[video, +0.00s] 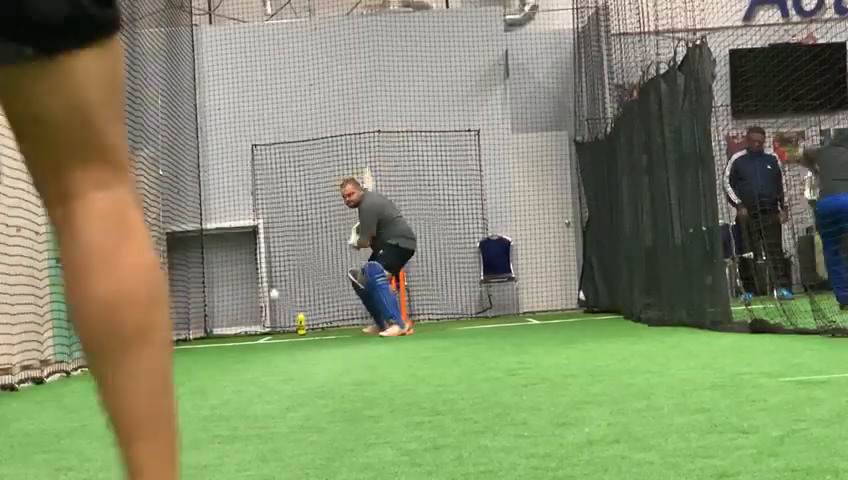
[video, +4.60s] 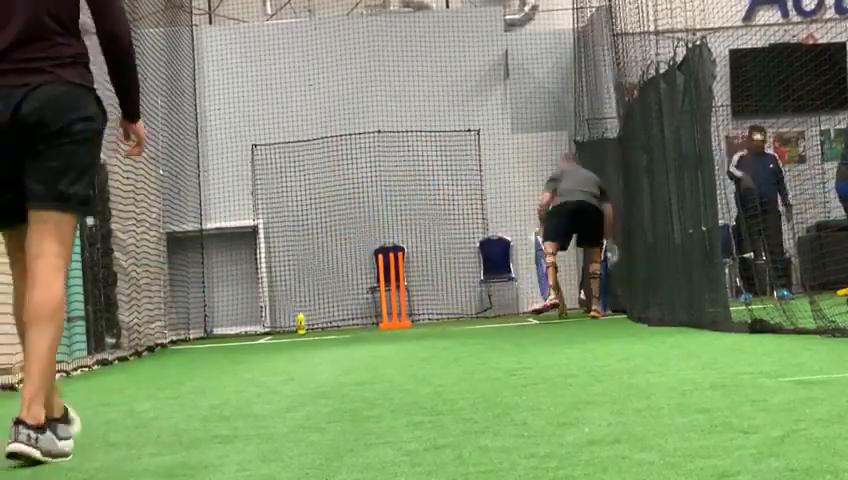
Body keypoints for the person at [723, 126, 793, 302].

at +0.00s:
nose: (757, 145)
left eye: (760, 141)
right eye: (754, 141)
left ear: (764, 142)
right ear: (747, 142)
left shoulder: (772, 159)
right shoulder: (737, 159)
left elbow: (780, 184)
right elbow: (726, 183)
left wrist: (783, 206)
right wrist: (738, 205)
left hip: (771, 210)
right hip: (748, 212)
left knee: (775, 249)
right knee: (747, 251)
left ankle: (781, 286)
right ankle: (749, 290)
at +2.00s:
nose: (754, 142)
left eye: (757, 139)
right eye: (750, 139)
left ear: (760, 140)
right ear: (742, 140)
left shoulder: (769, 158)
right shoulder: (733, 159)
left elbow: (780, 181)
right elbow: (721, 182)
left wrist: (774, 200)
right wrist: (739, 195)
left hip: (767, 209)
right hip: (744, 210)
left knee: (773, 247)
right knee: (746, 250)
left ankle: (778, 285)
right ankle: (749, 289)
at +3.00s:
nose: (755, 142)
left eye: (758, 139)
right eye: (751, 138)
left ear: (762, 141)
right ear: (744, 140)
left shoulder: (769, 159)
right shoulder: (735, 159)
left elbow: (777, 185)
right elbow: (721, 181)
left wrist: (781, 207)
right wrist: (735, 178)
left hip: (768, 211)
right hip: (744, 212)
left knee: (774, 248)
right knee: (746, 252)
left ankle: (779, 286)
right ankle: (748, 289)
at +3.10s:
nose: (755, 142)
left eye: (759, 139)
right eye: (752, 138)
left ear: (762, 142)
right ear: (744, 140)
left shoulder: (769, 160)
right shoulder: (736, 160)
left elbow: (777, 186)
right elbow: (724, 178)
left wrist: (781, 207)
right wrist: (710, 179)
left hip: (768, 211)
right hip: (744, 212)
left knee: (774, 248)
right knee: (746, 251)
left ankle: (779, 286)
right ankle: (748, 289)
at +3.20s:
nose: (754, 142)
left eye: (758, 139)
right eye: (751, 138)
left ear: (762, 142)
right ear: (744, 140)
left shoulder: (769, 160)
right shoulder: (735, 161)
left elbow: (777, 186)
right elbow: (717, 174)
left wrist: (781, 207)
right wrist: (705, 167)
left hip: (768, 211)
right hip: (744, 212)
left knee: (774, 248)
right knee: (745, 251)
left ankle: (780, 286)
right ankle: (749, 289)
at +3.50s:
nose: (756, 143)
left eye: (759, 141)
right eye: (752, 140)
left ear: (763, 142)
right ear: (745, 140)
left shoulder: (768, 160)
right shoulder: (735, 159)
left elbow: (781, 180)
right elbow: (713, 170)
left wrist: (779, 192)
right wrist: (727, 155)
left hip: (767, 210)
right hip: (744, 211)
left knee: (773, 247)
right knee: (744, 250)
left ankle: (779, 286)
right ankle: (749, 289)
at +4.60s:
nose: (759, 144)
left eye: (762, 141)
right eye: (755, 140)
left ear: (765, 141)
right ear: (749, 141)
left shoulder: (772, 158)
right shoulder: (740, 157)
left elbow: (780, 182)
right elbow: (731, 172)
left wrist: (786, 203)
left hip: (770, 209)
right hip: (748, 210)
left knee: (775, 247)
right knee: (746, 250)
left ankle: (781, 286)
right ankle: (749, 289)